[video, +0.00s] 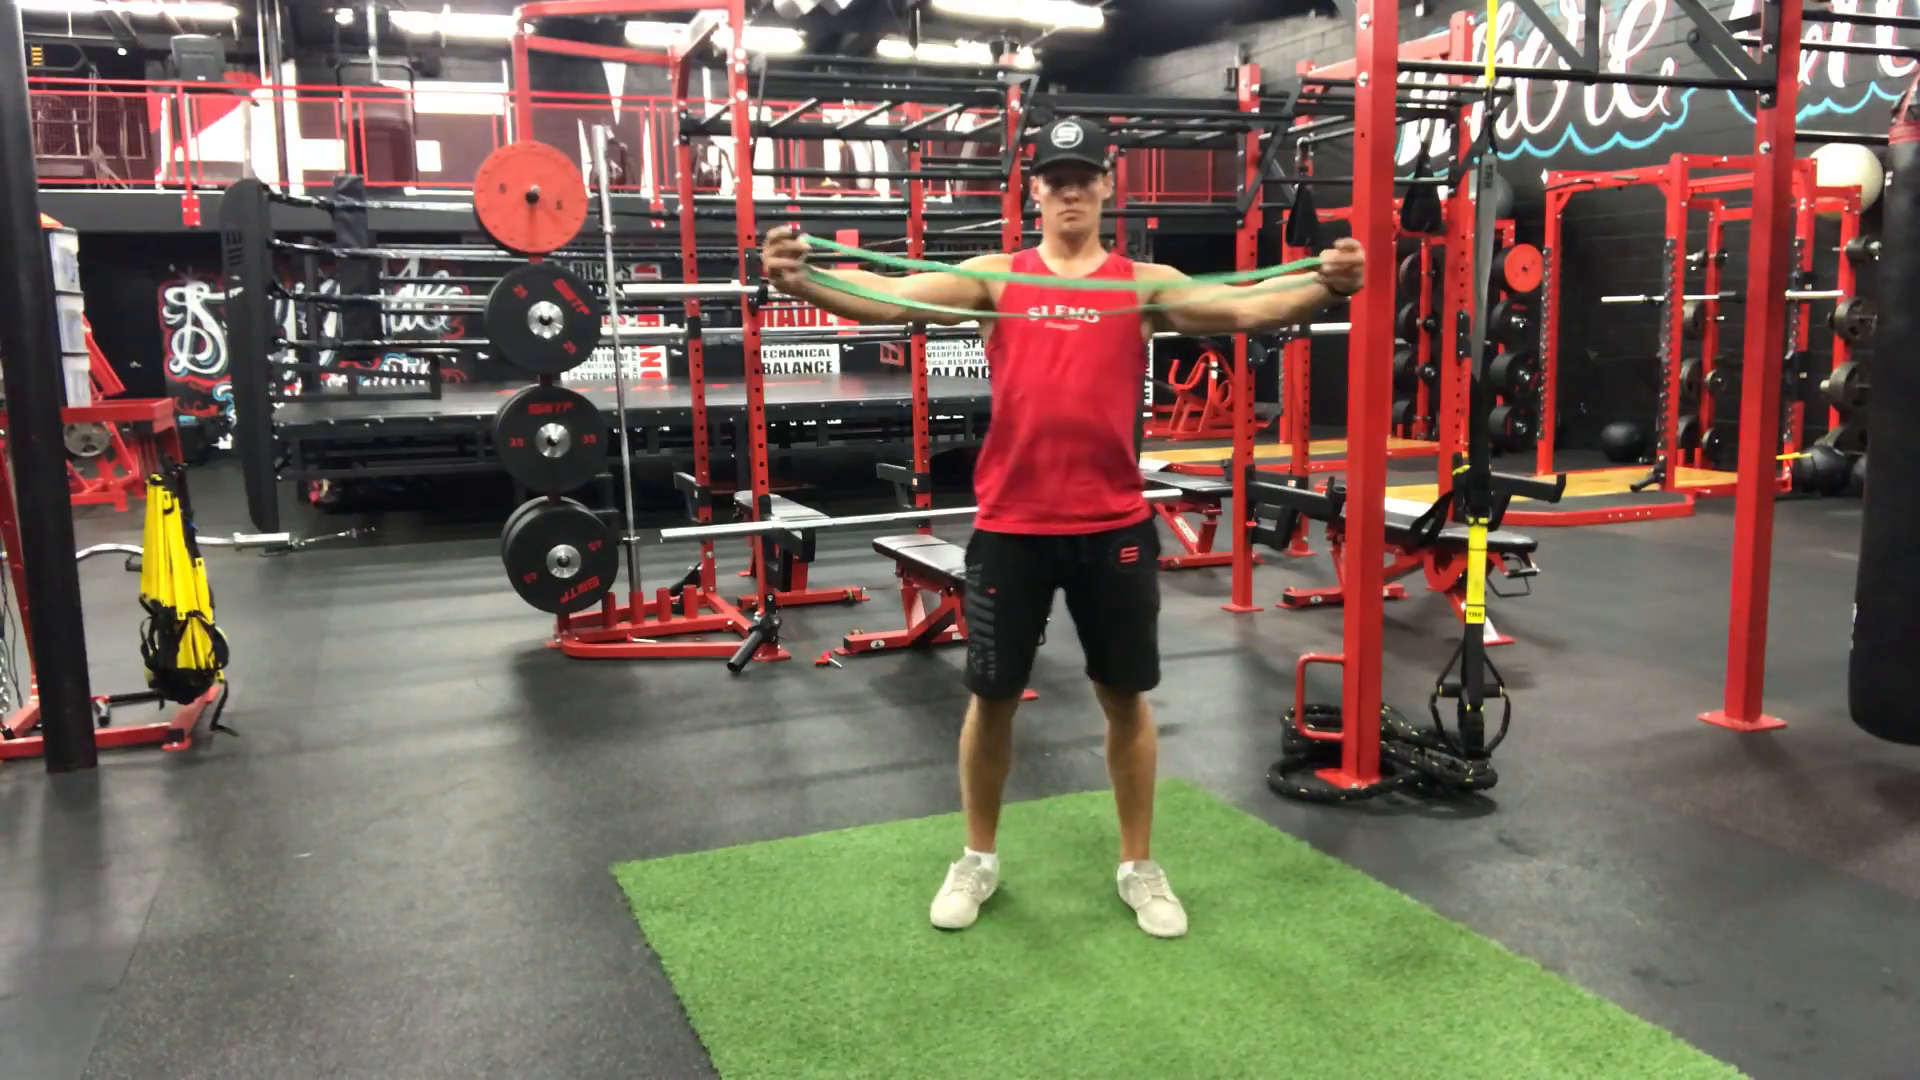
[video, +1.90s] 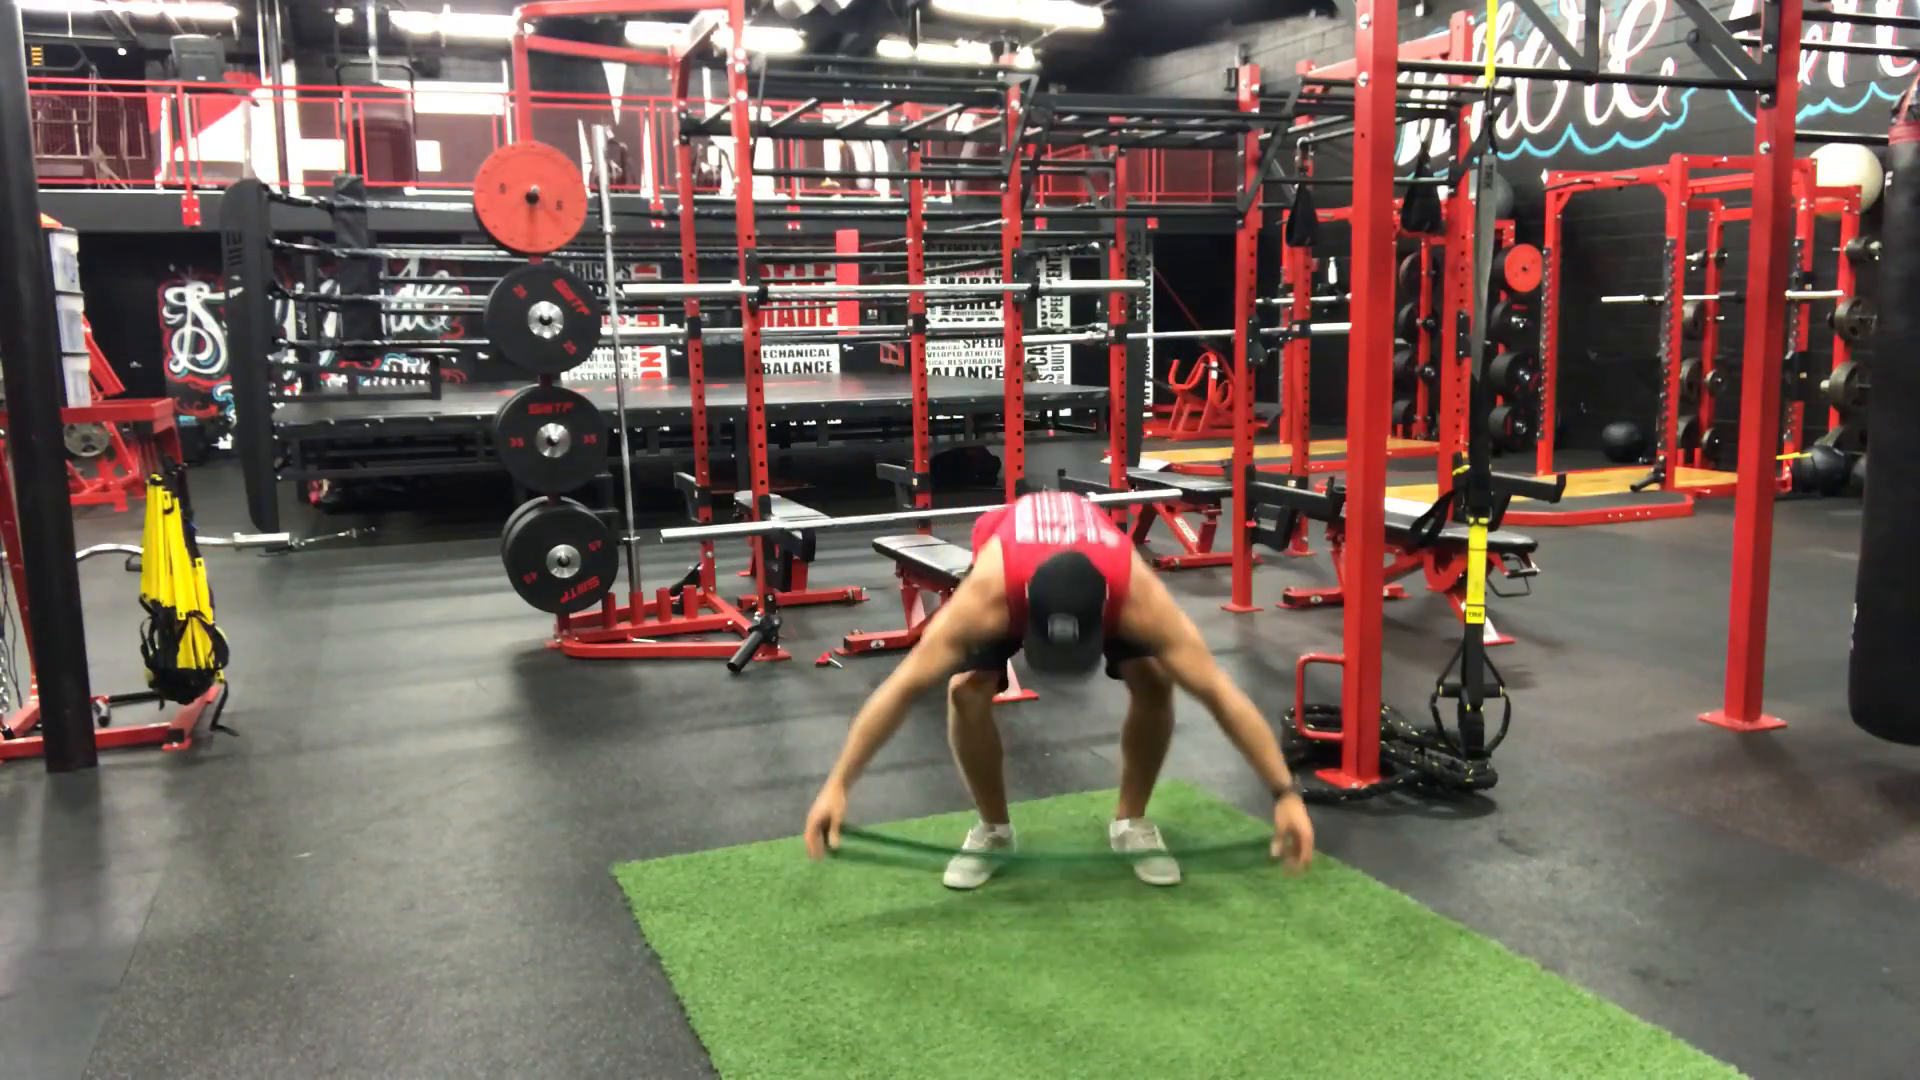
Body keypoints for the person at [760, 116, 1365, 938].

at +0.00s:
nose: (1071, 195)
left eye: (1085, 180)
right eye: (1057, 181)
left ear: (1108, 190)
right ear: (1035, 191)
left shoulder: (1141, 281)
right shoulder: (996, 275)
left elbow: (1245, 306)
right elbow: (896, 301)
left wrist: (1329, 282)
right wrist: (801, 279)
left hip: (1112, 523)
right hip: (1010, 524)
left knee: (1128, 703)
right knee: (990, 698)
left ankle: (1139, 865)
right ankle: (976, 859)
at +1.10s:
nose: (994, 232)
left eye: (1007, 217)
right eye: (980, 218)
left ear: (1028, 204)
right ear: (957, 206)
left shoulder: (1069, 280)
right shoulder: (918, 289)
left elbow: (1169, 339)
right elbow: (830, 359)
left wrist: (1255, 373)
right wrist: (752, 388)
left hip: (1055, 508)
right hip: (961, 518)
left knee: (1101, 679)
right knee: (963, 692)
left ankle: (1123, 853)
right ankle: (973, 858)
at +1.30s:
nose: (1020, 302)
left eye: (1032, 285)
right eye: (1005, 287)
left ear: (1055, 261)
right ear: (982, 265)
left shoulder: (1101, 310)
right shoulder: (948, 314)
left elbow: (1192, 390)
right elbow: (860, 402)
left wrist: (1277, 462)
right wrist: (779, 475)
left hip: (1080, 516)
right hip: (982, 520)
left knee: (1119, 677)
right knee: (973, 684)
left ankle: (1140, 827)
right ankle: (974, 856)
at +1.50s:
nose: (1046, 400)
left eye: (1059, 388)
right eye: (1033, 387)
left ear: (1085, 361)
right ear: (1010, 358)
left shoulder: (1125, 383)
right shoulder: (978, 384)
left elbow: (1209, 478)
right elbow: (887, 474)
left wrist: (1285, 575)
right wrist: (811, 567)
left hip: (1100, 527)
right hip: (1004, 524)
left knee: (1127, 675)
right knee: (976, 671)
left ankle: (1141, 832)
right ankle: (981, 831)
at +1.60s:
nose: (1048, 477)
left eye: (1063, 469)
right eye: (1034, 468)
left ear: (1092, 431)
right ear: (1012, 425)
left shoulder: (1132, 438)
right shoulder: (977, 433)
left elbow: (1214, 539)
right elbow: (892, 529)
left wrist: (1280, 633)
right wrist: (823, 626)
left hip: (1093, 530)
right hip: (997, 533)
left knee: (1128, 664)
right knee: (983, 677)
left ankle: (1143, 831)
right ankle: (993, 826)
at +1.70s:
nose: (1052, 561)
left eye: (1068, 551)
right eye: (1040, 550)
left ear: (1100, 509)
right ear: (1015, 508)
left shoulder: (1130, 497)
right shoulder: (979, 495)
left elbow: (1215, 599)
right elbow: (894, 589)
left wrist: (1280, 695)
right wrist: (830, 688)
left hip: (1098, 540)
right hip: (998, 541)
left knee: (1132, 667)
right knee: (979, 679)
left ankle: (1135, 821)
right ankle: (993, 828)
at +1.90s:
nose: (1062, 665)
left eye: (1072, 654)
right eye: (1052, 653)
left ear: (1103, 620)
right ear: (1027, 616)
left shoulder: (1146, 603)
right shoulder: (981, 601)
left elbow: (1221, 694)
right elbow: (900, 687)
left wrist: (1286, 792)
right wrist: (836, 785)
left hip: (1102, 537)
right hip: (1002, 538)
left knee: (1155, 680)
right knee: (964, 693)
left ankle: (1131, 822)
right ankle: (992, 830)